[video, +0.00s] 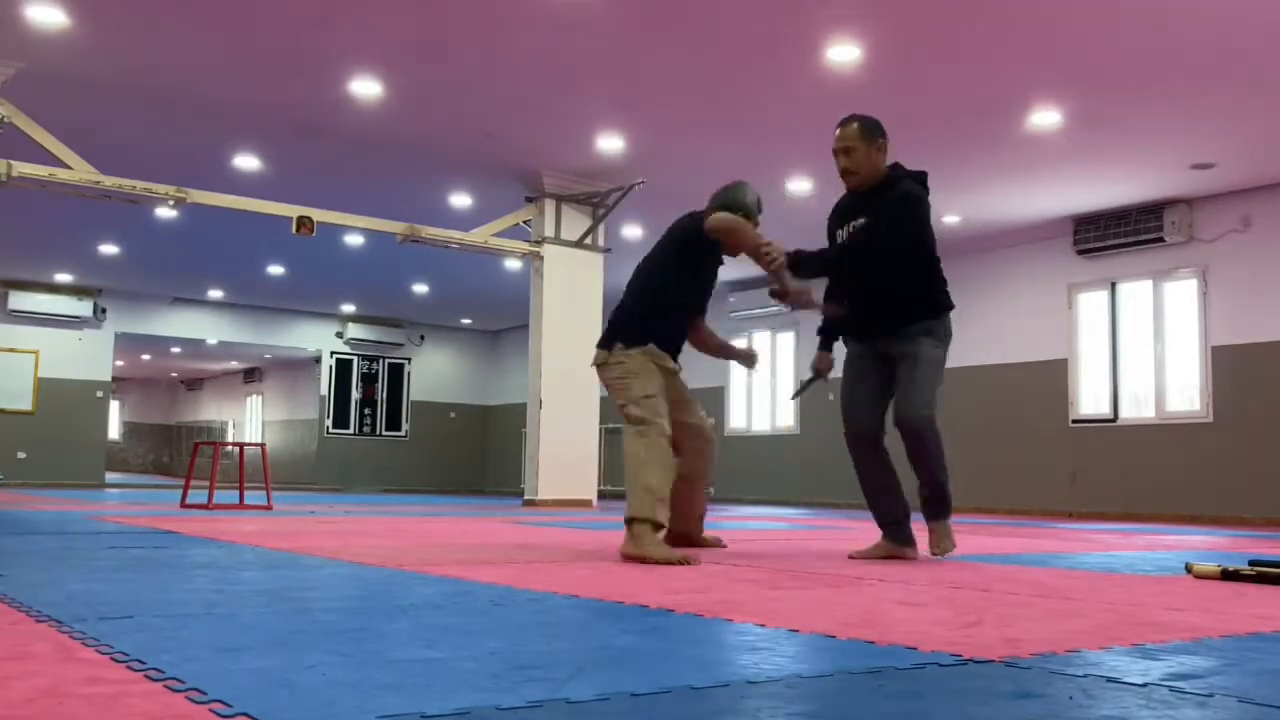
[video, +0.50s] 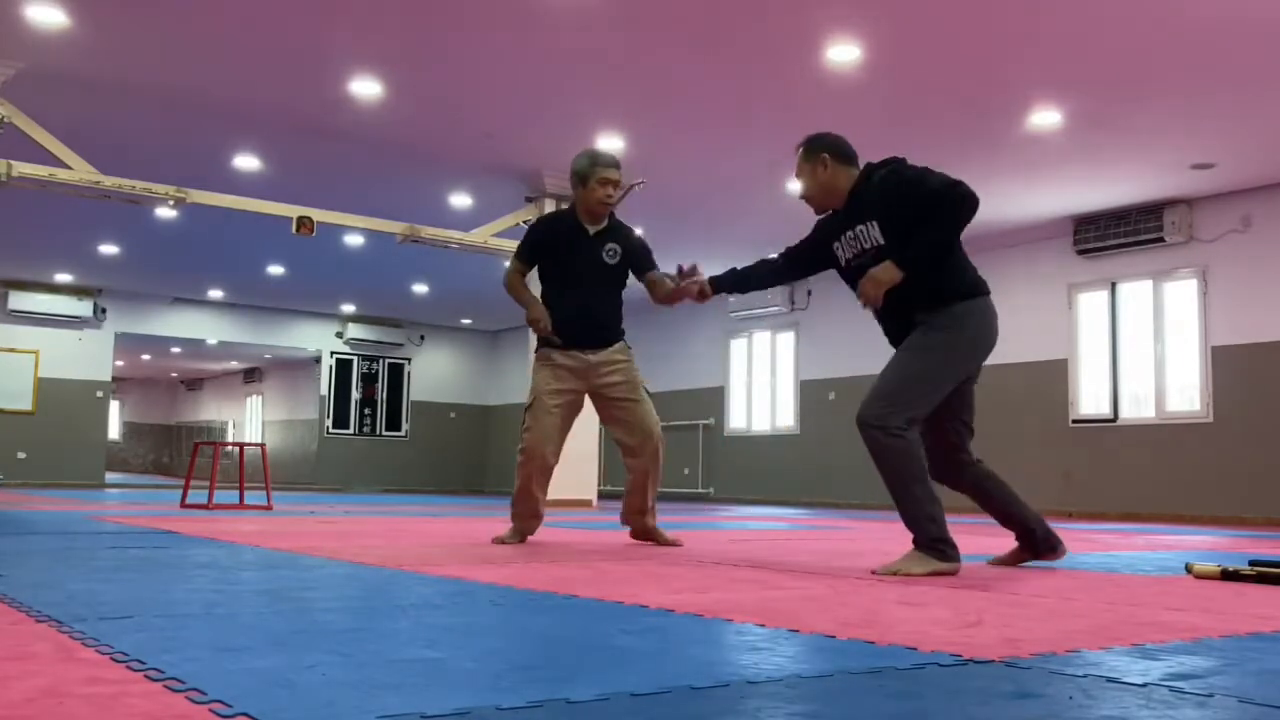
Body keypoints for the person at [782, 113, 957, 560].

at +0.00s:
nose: (841, 163)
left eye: (849, 152)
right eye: (836, 154)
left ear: (880, 149)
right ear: (835, 156)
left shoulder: (906, 193)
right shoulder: (843, 212)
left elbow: (867, 251)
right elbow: (840, 281)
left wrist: (797, 262)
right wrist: (825, 347)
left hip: (920, 328)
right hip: (866, 334)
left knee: (914, 417)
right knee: (859, 432)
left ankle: (937, 517)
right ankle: (897, 537)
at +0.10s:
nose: (827, 157)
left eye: (834, 146)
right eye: (825, 148)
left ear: (868, 141)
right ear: (859, 144)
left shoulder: (892, 189)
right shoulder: (863, 196)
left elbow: (842, 259)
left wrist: (786, 311)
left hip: (925, 318)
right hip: (877, 329)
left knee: (905, 407)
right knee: (859, 429)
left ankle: (941, 530)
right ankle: (898, 536)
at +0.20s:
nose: (812, 160)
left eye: (818, 149)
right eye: (811, 151)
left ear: (849, 145)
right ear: (846, 148)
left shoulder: (878, 187)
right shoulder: (860, 194)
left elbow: (854, 267)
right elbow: (855, 267)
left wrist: (809, 304)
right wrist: (813, 301)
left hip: (932, 314)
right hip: (891, 325)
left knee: (912, 411)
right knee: (863, 431)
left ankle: (941, 535)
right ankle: (899, 536)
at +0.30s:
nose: (801, 170)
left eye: (804, 159)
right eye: (800, 161)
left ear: (830, 152)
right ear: (833, 153)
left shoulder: (869, 185)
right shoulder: (859, 194)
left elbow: (859, 270)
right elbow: (894, 277)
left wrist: (838, 262)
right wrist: (860, 326)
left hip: (944, 309)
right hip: (915, 317)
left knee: (900, 420)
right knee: (877, 431)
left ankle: (939, 550)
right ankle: (905, 539)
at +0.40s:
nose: (803, 186)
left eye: (802, 173)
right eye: (799, 175)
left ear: (825, 160)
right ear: (828, 162)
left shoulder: (882, 179)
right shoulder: (850, 222)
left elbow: (911, 229)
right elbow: (838, 297)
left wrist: (851, 269)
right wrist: (771, 305)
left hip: (953, 314)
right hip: (933, 321)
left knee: (887, 418)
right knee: (905, 434)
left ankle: (937, 548)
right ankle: (985, 532)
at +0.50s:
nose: (801, 193)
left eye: (803, 179)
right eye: (799, 182)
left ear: (827, 165)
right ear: (828, 168)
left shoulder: (892, 179)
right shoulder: (833, 231)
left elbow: (960, 200)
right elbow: (784, 267)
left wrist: (897, 263)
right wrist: (714, 285)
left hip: (958, 320)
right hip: (935, 332)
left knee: (881, 418)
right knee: (949, 462)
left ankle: (936, 550)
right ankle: (1038, 538)